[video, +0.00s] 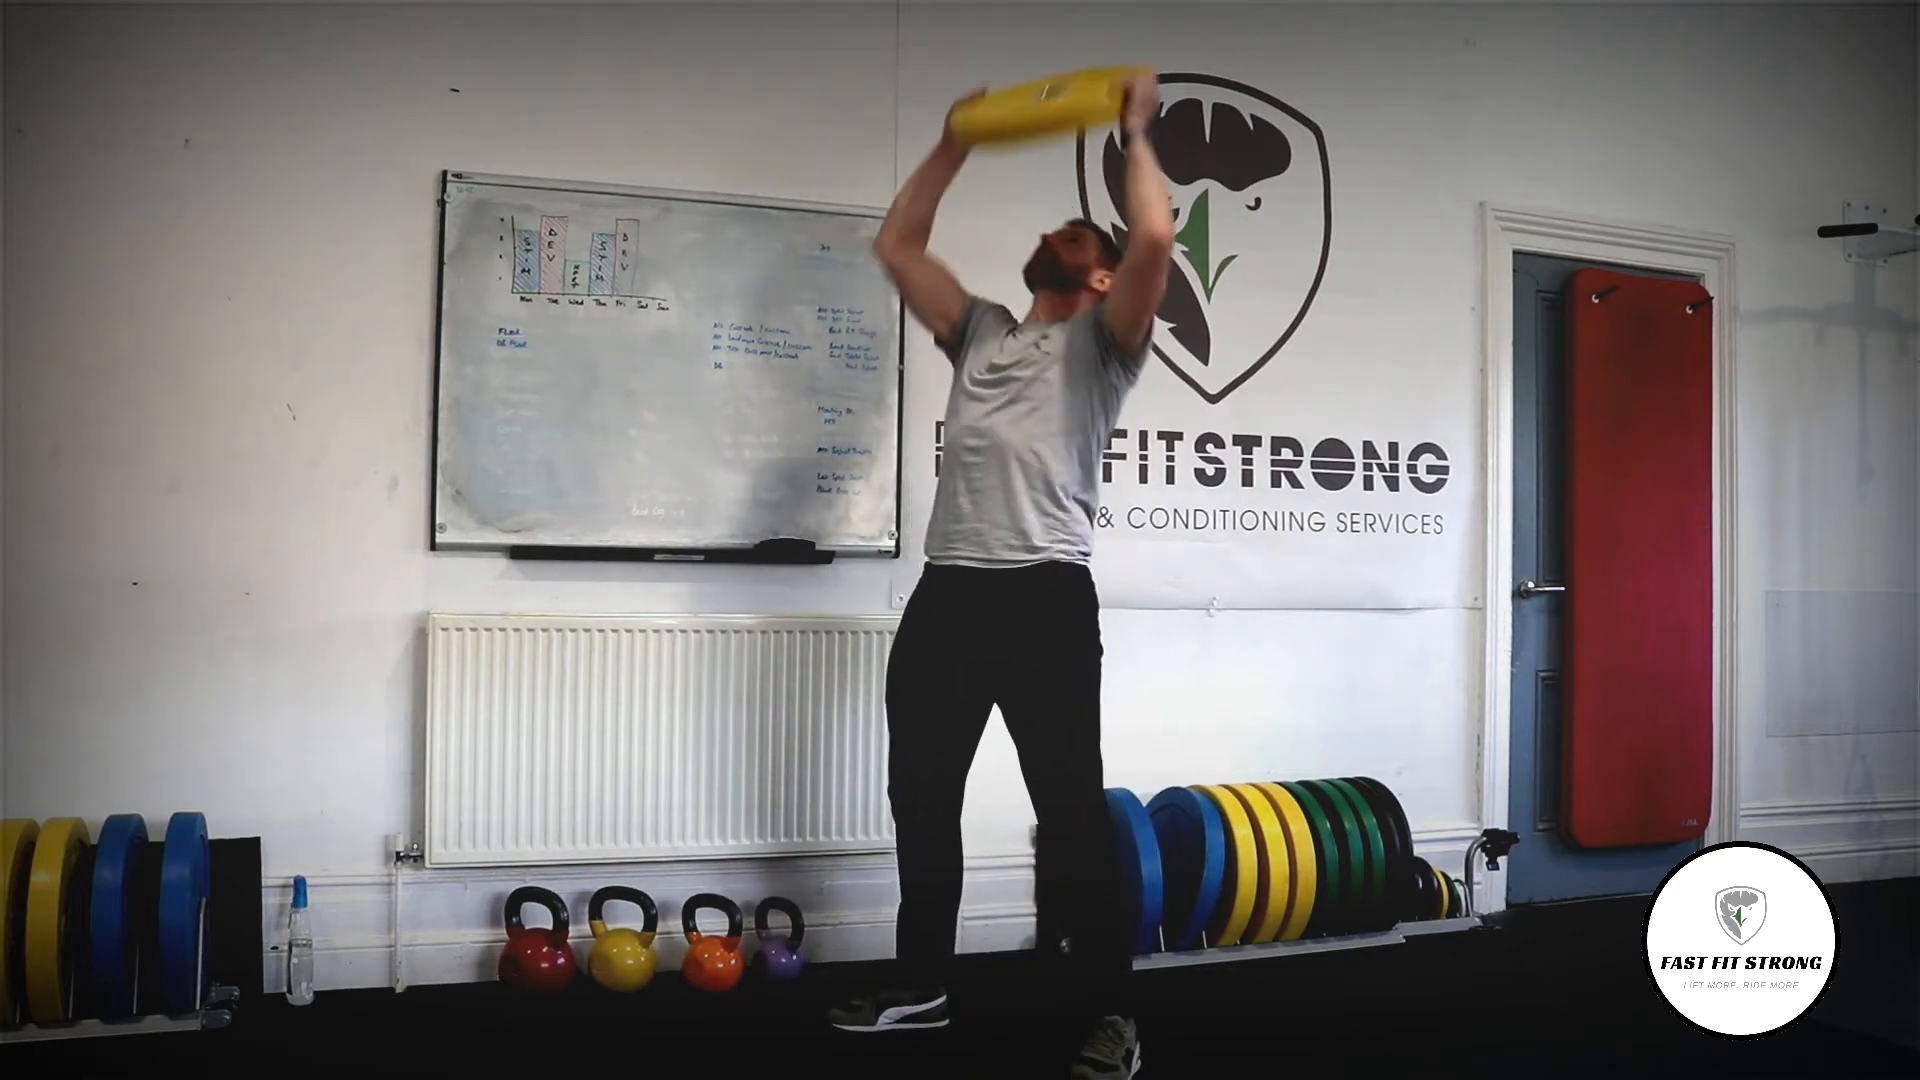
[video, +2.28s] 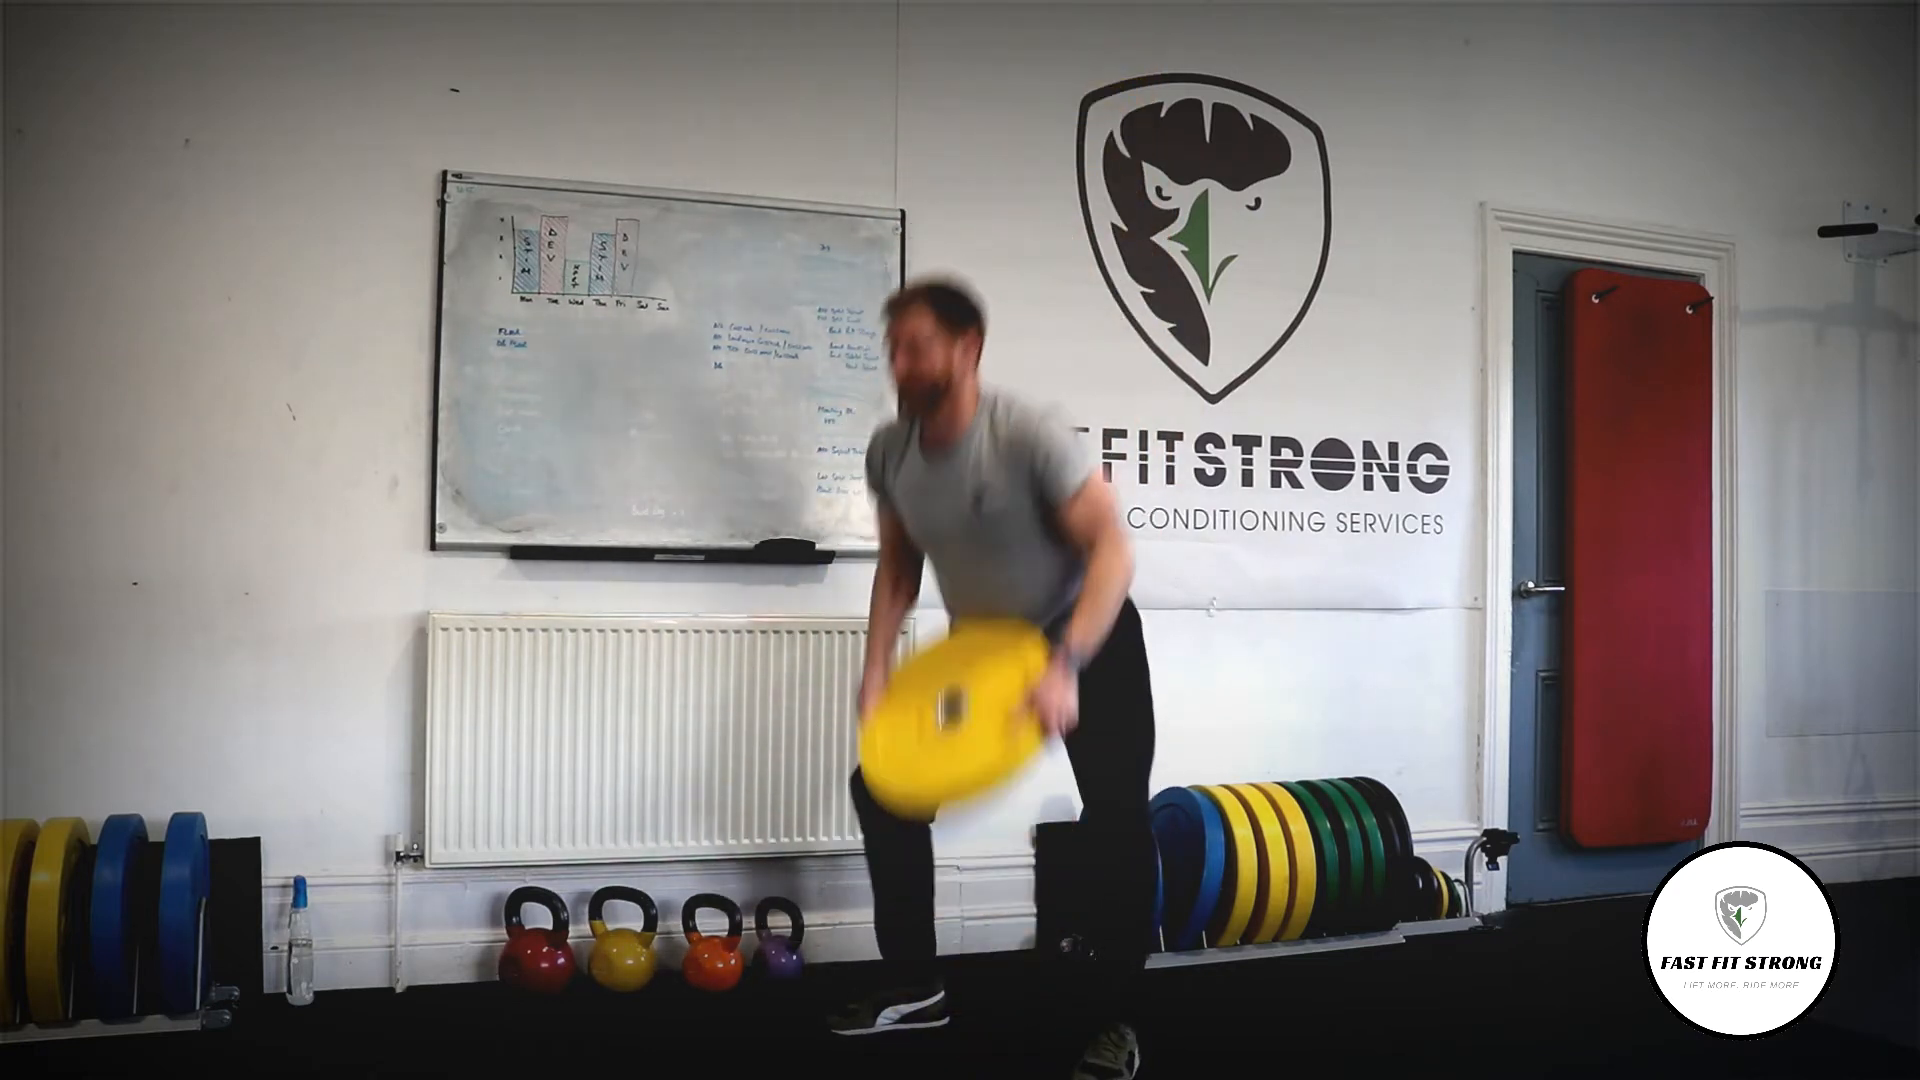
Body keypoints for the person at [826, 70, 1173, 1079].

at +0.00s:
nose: (1064, 240)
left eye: (1081, 238)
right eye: (1064, 238)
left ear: (1101, 272)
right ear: (1050, 269)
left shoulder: (1102, 343)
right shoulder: (977, 331)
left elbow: (1153, 240)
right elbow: (898, 245)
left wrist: (1137, 128)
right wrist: (955, 143)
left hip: (1047, 595)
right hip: (947, 594)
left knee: (1069, 804)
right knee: (921, 797)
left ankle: (1102, 1013)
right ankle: (922, 989)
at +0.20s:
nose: (1070, 261)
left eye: (1086, 251)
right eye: (1064, 247)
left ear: (1112, 274)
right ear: (1043, 267)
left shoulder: (1118, 354)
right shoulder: (992, 358)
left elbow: (1145, 386)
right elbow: (884, 376)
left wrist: (1113, 269)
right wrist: (919, 282)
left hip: (1053, 599)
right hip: (953, 600)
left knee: (1074, 806)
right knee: (925, 800)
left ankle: (1103, 1012)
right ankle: (923, 990)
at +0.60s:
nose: (1027, 259)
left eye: (1047, 247)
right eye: (1025, 247)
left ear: (1093, 268)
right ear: (1020, 261)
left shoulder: (1118, 349)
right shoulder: (993, 344)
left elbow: (1162, 480)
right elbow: (946, 466)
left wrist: (1083, 416)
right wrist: (897, 399)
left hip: (1058, 595)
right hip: (960, 597)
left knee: (1074, 803)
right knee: (921, 796)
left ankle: (1104, 1013)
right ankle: (923, 991)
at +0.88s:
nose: (988, 273)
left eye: (1004, 256)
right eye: (980, 259)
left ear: (1052, 257)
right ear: (977, 264)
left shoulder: (1095, 337)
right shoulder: (963, 351)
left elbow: (1136, 458)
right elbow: (929, 469)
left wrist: (1064, 533)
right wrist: (875, 529)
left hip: (1077, 593)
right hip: (979, 593)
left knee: (1094, 801)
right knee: (940, 791)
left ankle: (1112, 1013)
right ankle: (921, 988)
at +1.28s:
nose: (918, 338)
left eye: (929, 318)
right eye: (907, 323)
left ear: (975, 294)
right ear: (901, 315)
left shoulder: (1054, 373)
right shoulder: (909, 393)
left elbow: (1080, 511)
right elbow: (909, 526)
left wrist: (1080, 645)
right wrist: (892, 643)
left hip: (1092, 604)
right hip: (996, 611)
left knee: (1107, 804)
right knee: (935, 782)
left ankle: (1120, 1012)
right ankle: (918, 988)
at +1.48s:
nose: (892, 445)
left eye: (903, 426)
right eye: (881, 430)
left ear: (947, 396)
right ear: (873, 419)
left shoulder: (1036, 473)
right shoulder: (890, 497)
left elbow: (1056, 619)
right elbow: (895, 625)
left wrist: (1068, 761)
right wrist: (890, 755)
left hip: (1103, 649)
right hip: (998, 653)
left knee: (1120, 826)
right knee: (889, 783)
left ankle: (1117, 1019)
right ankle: (916, 985)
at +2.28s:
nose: (902, 362)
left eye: (919, 346)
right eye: (895, 347)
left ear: (968, 348)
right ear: (887, 356)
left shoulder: (1032, 435)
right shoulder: (890, 452)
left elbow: (1114, 550)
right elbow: (898, 565)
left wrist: (1067, 660)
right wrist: (876, 669)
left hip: (1083, 631)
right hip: (983, 642)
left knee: (1117, 814)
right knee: (882, 783)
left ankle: (1115, 1019)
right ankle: (914, 986)